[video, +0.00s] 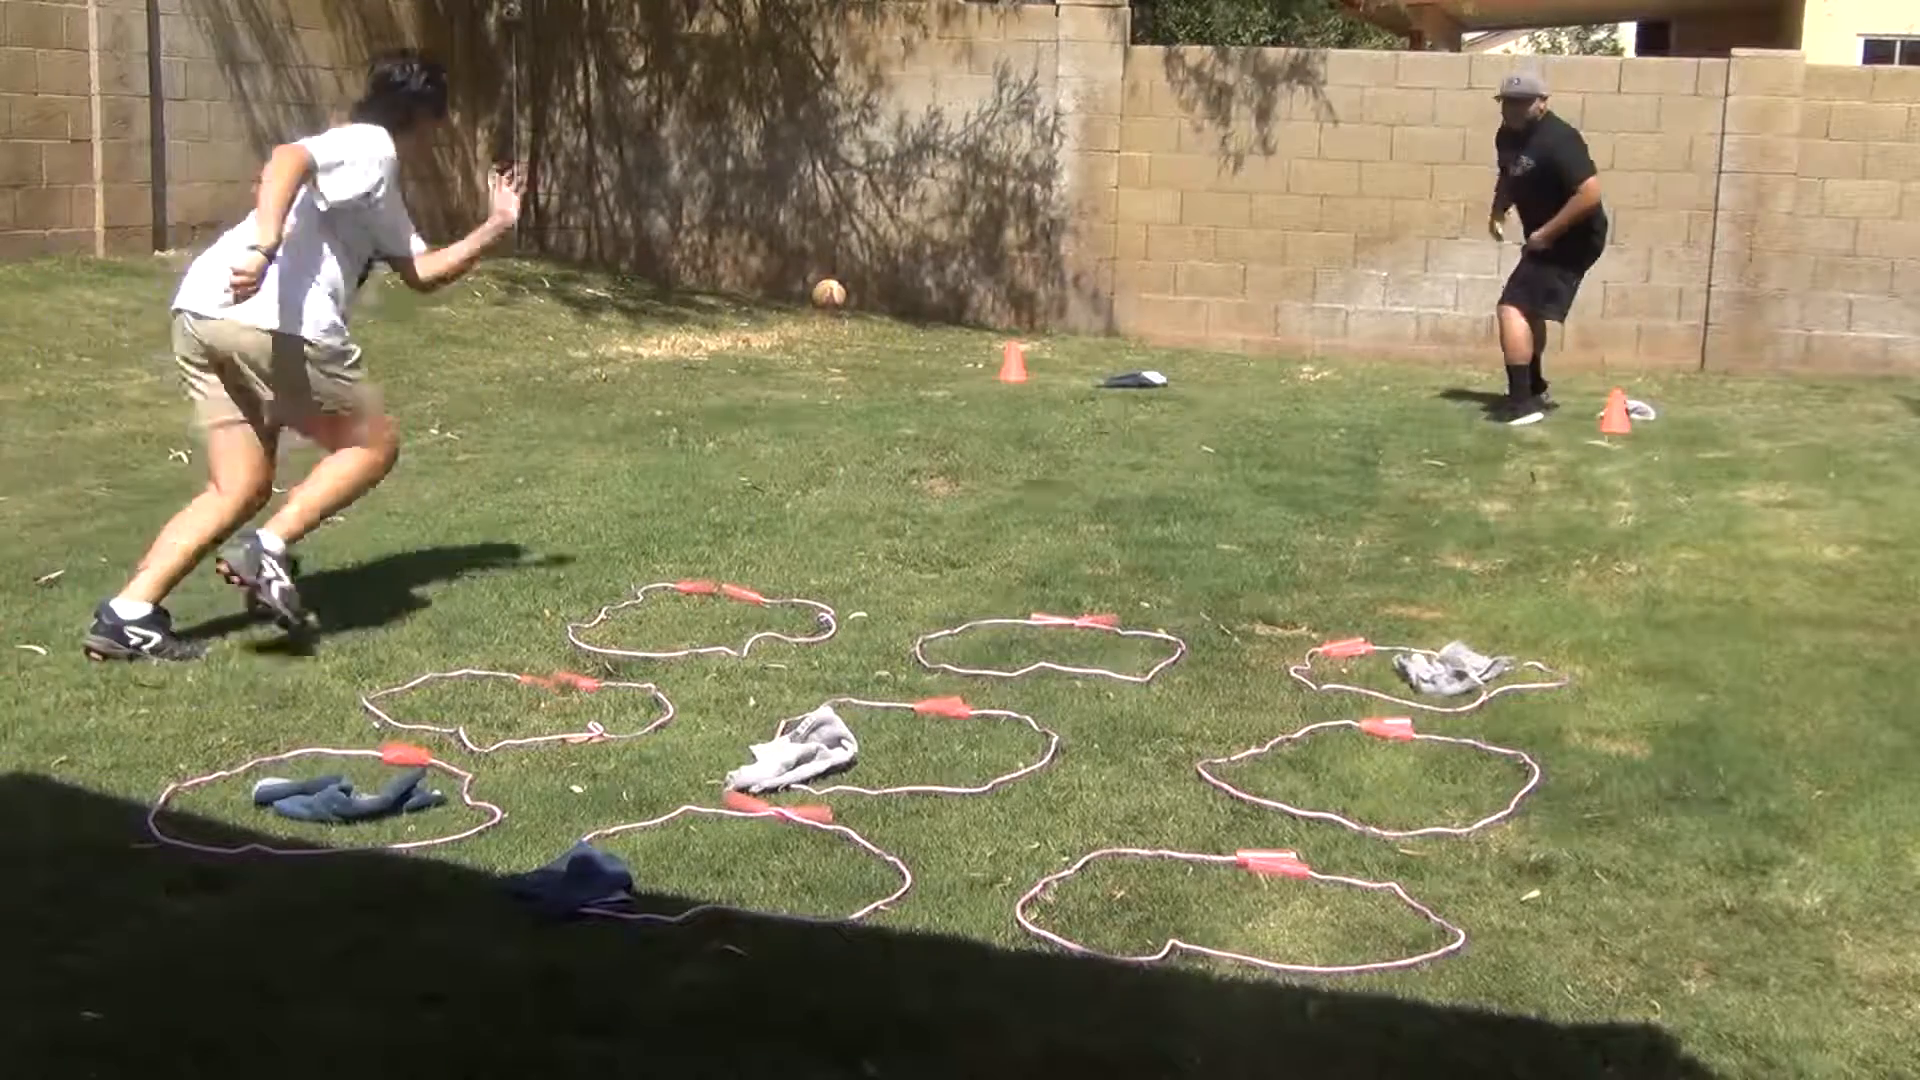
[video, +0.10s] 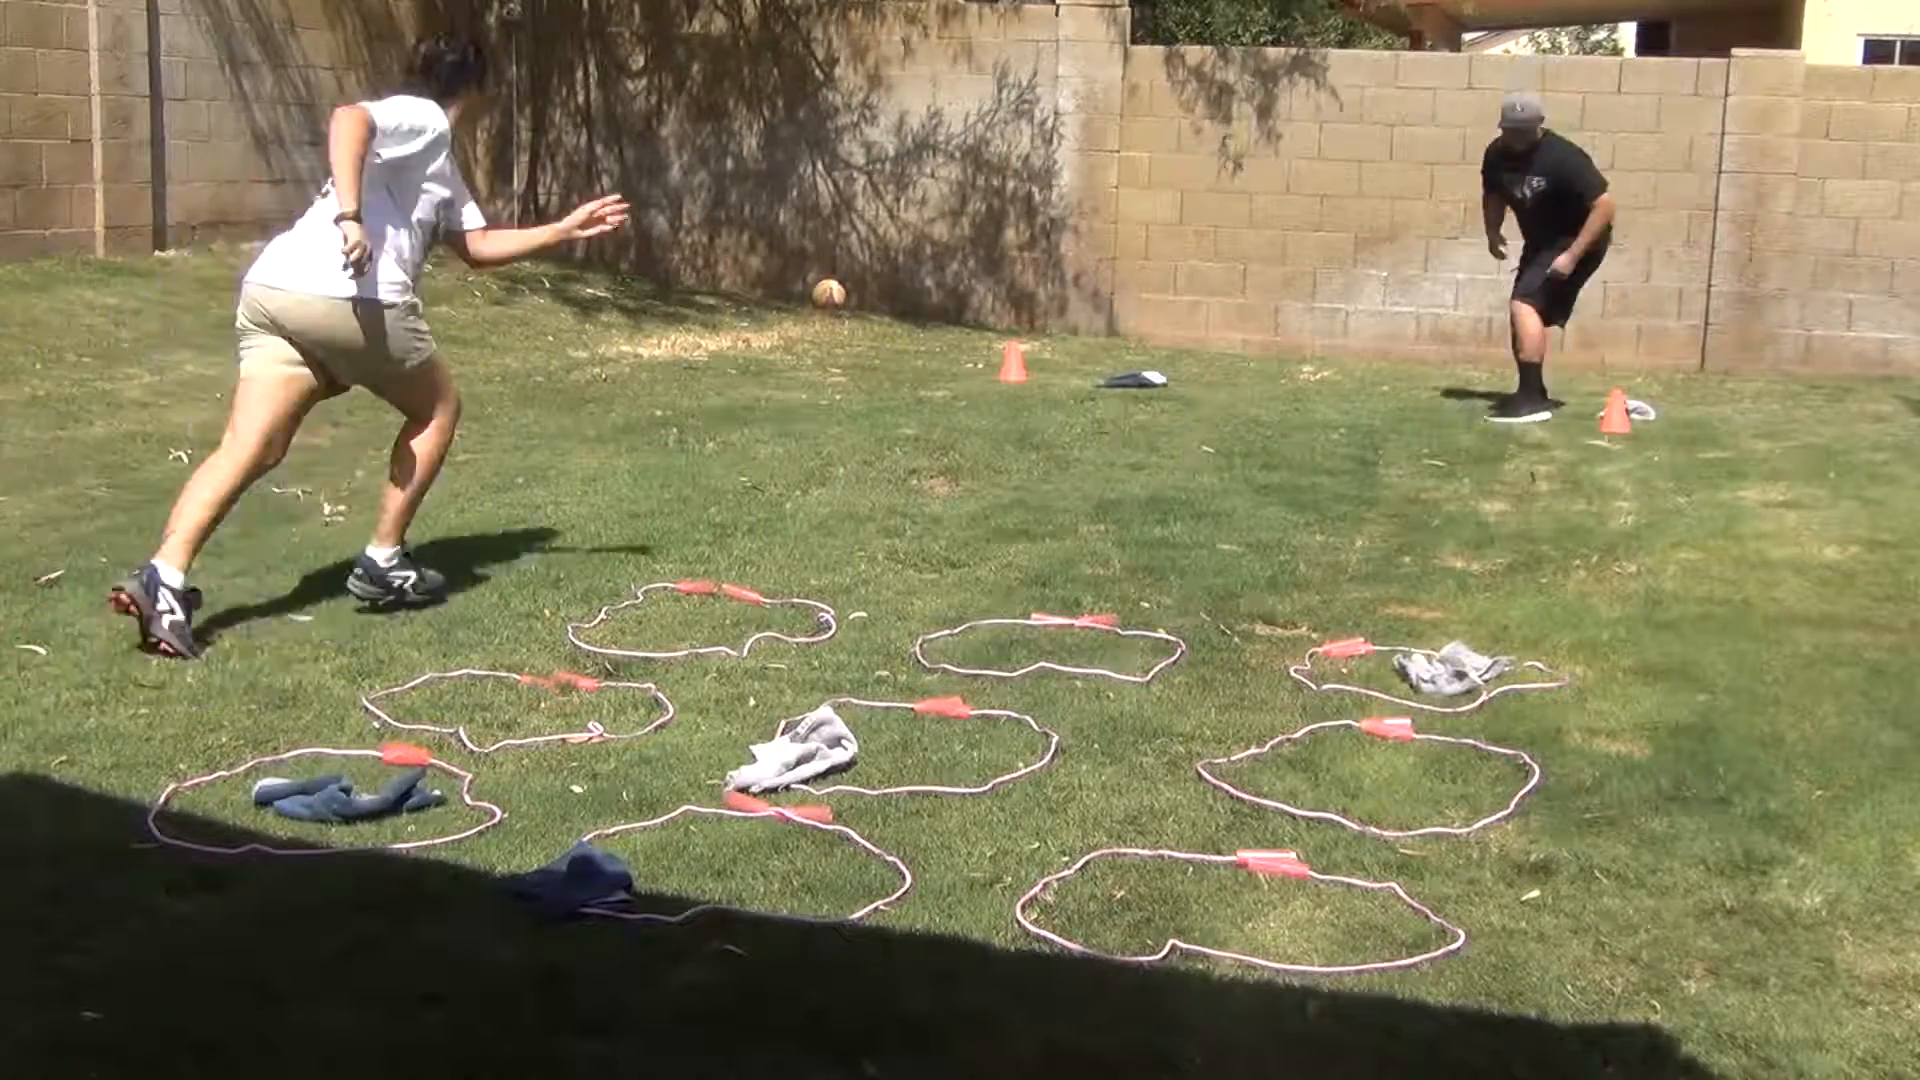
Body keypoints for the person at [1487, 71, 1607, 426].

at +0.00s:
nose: (1509, 109)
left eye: (1517, 103)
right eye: (1506, 102)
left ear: (1540, 104)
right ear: (1501, 102)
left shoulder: (1560, 139)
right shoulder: (1507, 135)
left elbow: (1590, 194)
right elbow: (1510, 176)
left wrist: (1546, 233)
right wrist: (1498, 209)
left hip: (1575, 236)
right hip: (1543, 234)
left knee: (1511, 307)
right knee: (1527, 309)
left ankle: (1521, 400)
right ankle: (1532, 386)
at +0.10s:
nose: (1516, 138)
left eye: (1523, 131)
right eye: (1511, 131)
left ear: (1539, 128)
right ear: (1502, 128)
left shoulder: (1564, 157)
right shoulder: (1496, 155)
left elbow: (1604, 207)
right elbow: (1494, 196)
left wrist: (1572, 255)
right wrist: (1493, 232)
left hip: (1574, 239)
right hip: (1538, 239)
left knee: (1525, 304)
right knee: (1523, 309)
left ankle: (1531, 395)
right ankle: (1531, 393)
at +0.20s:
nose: (1527, 174)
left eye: (1533, 168)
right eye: (1521, 169)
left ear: (1545, 155)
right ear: (1509, 158)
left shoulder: (1574, 169)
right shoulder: (1496, 167)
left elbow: (1604, 221)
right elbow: (1490, 206)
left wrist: (1592, 279)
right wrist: (1491, 253)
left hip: (1578, 239)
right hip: (1538, 239)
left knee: (1546, 303)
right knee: (1520, 312)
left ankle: (1550, 392)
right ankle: (1531, 389)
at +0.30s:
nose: (1543, 202)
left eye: (1548, 197)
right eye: (1534, 198)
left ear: (1555, 174)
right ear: (1516, 181)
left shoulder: (1579, 181)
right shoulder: (1499, 173)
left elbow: (1606, 236)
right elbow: (1489, 209)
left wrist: (1604, 298)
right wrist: (1494, 258)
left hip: (1586, 229)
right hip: (1544, 229)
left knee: (1569, 307)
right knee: (1533, 305)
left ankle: (1578, 393)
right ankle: (1534, 382)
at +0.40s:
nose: (1553, 223)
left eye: (1558, 218)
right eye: (1546, 219)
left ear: (1568, 200)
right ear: (1530, 201)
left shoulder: (1594, 215)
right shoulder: (1512, 190)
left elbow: (1609, 268)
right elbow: (1488, 216)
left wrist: (1614, 328)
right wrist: (1495, 268)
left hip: (1590, 244)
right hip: (1545, 241)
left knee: (1580, 311)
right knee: (1536, 309)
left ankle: (1584, 393)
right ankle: (1565, 366)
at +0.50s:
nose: (1564, 260)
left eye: (1570, 254)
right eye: (1558, 254)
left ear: (1582, 237)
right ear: (1541, 235)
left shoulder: (1602, 244)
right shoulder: (1520, 221)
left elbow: (1614, 304)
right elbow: (1487, 237)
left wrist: (1621, 365)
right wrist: (1493, 288)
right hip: (1545, 257)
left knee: (1579, 314)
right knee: (1550, 323)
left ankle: (1583, 389)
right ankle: (1575, 378)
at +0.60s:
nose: (1569, 280)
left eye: (1575, 274)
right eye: (1562, 274)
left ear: (1587, 255)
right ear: (1547, 253)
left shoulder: (1604, 259)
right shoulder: (1524, 241)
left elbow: (1613, 326)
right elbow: (1488, 263)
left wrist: (1622, 389)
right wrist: (1494, 312)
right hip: (1545, 270)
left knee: (1578, 316)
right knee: (1550, 340)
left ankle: (1583, 387)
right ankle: (1574, 380)